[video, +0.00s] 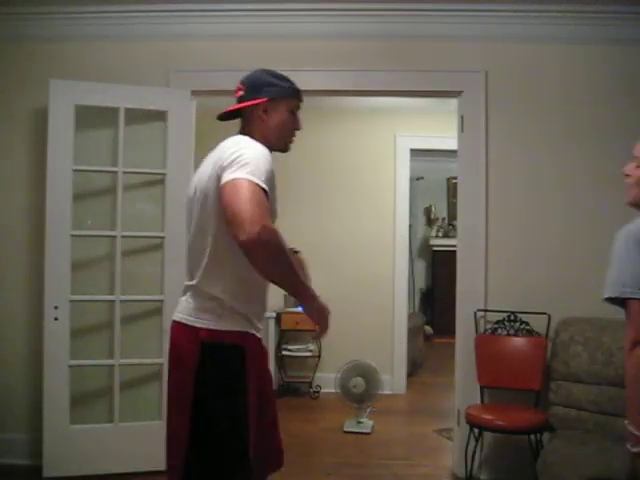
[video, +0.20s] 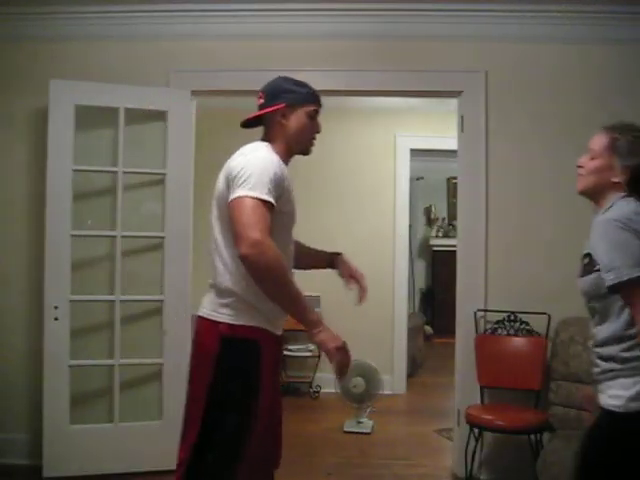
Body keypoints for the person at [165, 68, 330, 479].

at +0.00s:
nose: (298, 123)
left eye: (297, 113)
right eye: (292, 111)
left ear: (259, 112)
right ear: (263, 111)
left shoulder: (220, 156)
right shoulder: (248, 152)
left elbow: (223, 243)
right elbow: (252, 231)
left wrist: (280, 258)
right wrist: (307, 297)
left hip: (203, 335)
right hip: (223, 341)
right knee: (237, 465)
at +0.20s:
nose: (318, 126)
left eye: (317, 116)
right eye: (312, 115)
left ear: (284, 118)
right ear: (283, 115)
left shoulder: (271, 167)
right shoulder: (258, 161)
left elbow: (277, 247)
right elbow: (253, 247)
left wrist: (333, 259)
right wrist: (315, 326)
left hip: (254, 335)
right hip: (236, 335)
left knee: (255, 458)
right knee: (224, 461)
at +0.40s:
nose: (335, 131)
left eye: (335, 121)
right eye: (328, 119)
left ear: (300, 122)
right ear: (300, 119)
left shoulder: (292, 174)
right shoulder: (273, 163)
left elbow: (303, 251)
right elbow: (252, 246)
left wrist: (360, 255)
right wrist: (300, 329)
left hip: (273, 334)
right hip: (254, 335)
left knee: (272, 460)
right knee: (261, 463)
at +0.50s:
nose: (343, 130)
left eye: (342, 121)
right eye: (336, 118)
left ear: (309, 122)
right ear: (307, 119)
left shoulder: (300, 175)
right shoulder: (278, 164)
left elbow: (318, 251)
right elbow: (257, 245)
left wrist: (370, 254)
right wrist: (304, 329)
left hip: (280, 333)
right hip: (260, 333)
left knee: (284, 461)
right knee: (275, 464)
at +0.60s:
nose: (350, 129)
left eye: (350, 121)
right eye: (343, 118)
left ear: (318, 122)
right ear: (315, 119)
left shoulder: (308, 176)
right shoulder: (286, 165)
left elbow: (326, 250)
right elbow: (268, 247)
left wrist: (376, 251)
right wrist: (314, 329)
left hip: (288, 331)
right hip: (266, 331)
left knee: (285, 458)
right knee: (275, 462)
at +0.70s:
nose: (358, 130)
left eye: (357, 121)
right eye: (351, 119)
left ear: (325, 123)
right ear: (323, 120)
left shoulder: (312, 174)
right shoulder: (295, 166)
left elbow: (330, 247)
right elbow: (283, 248)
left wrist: (380, 247)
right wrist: (336, 333)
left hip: (292, 334)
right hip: (272, 334)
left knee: (285, 460)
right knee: (275, 463)